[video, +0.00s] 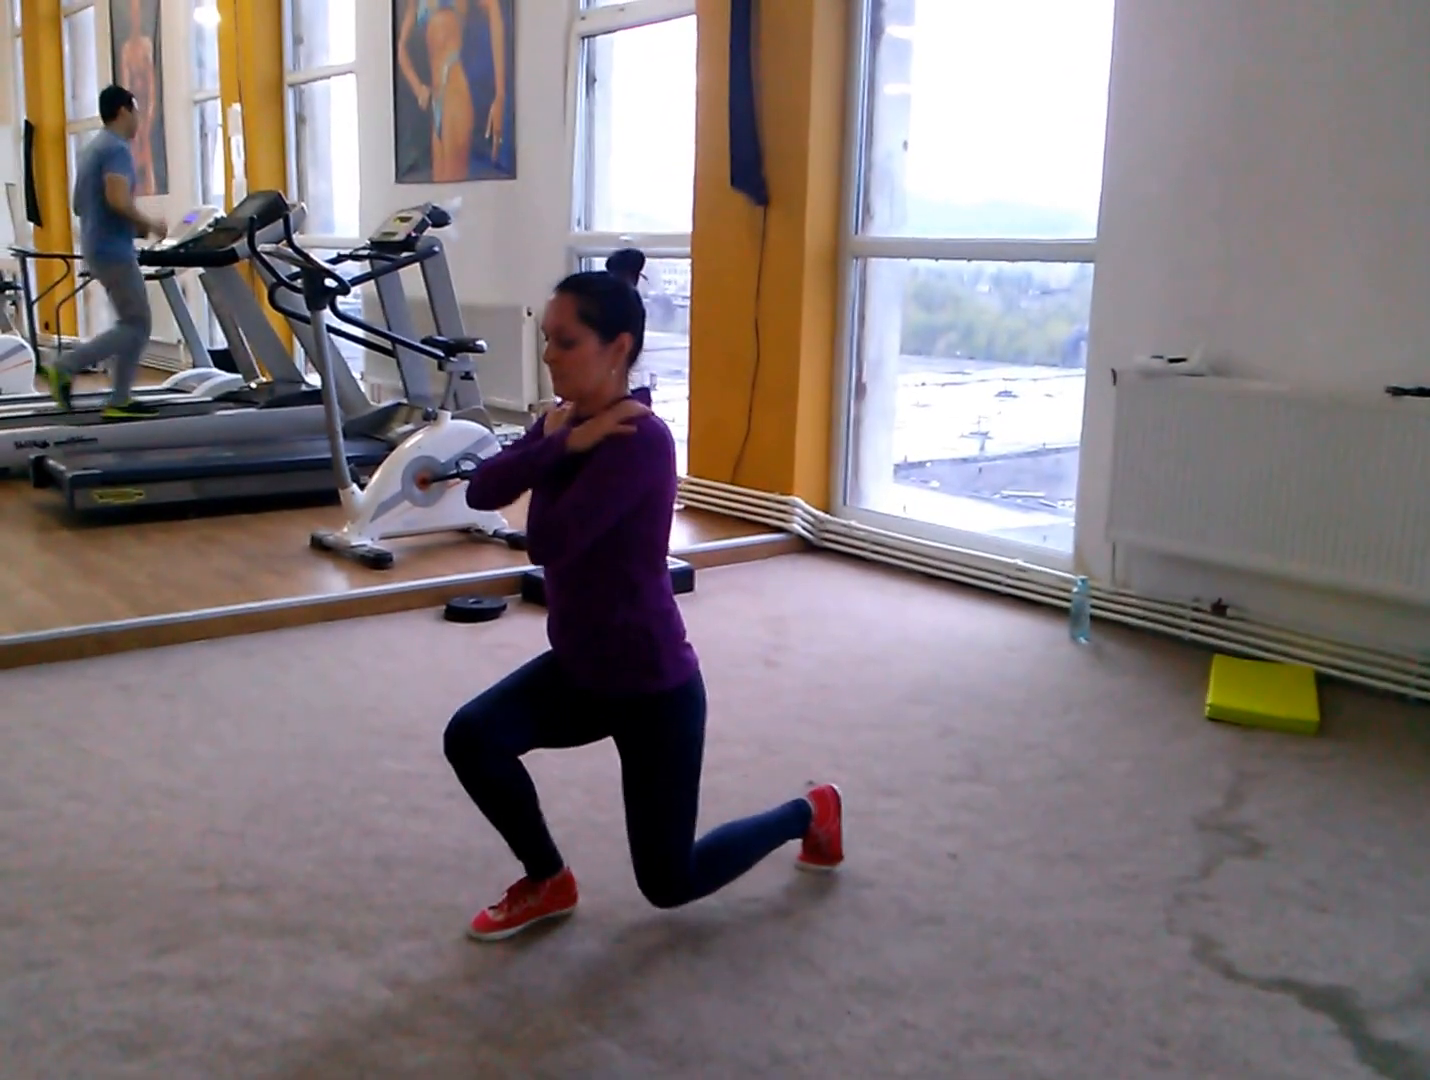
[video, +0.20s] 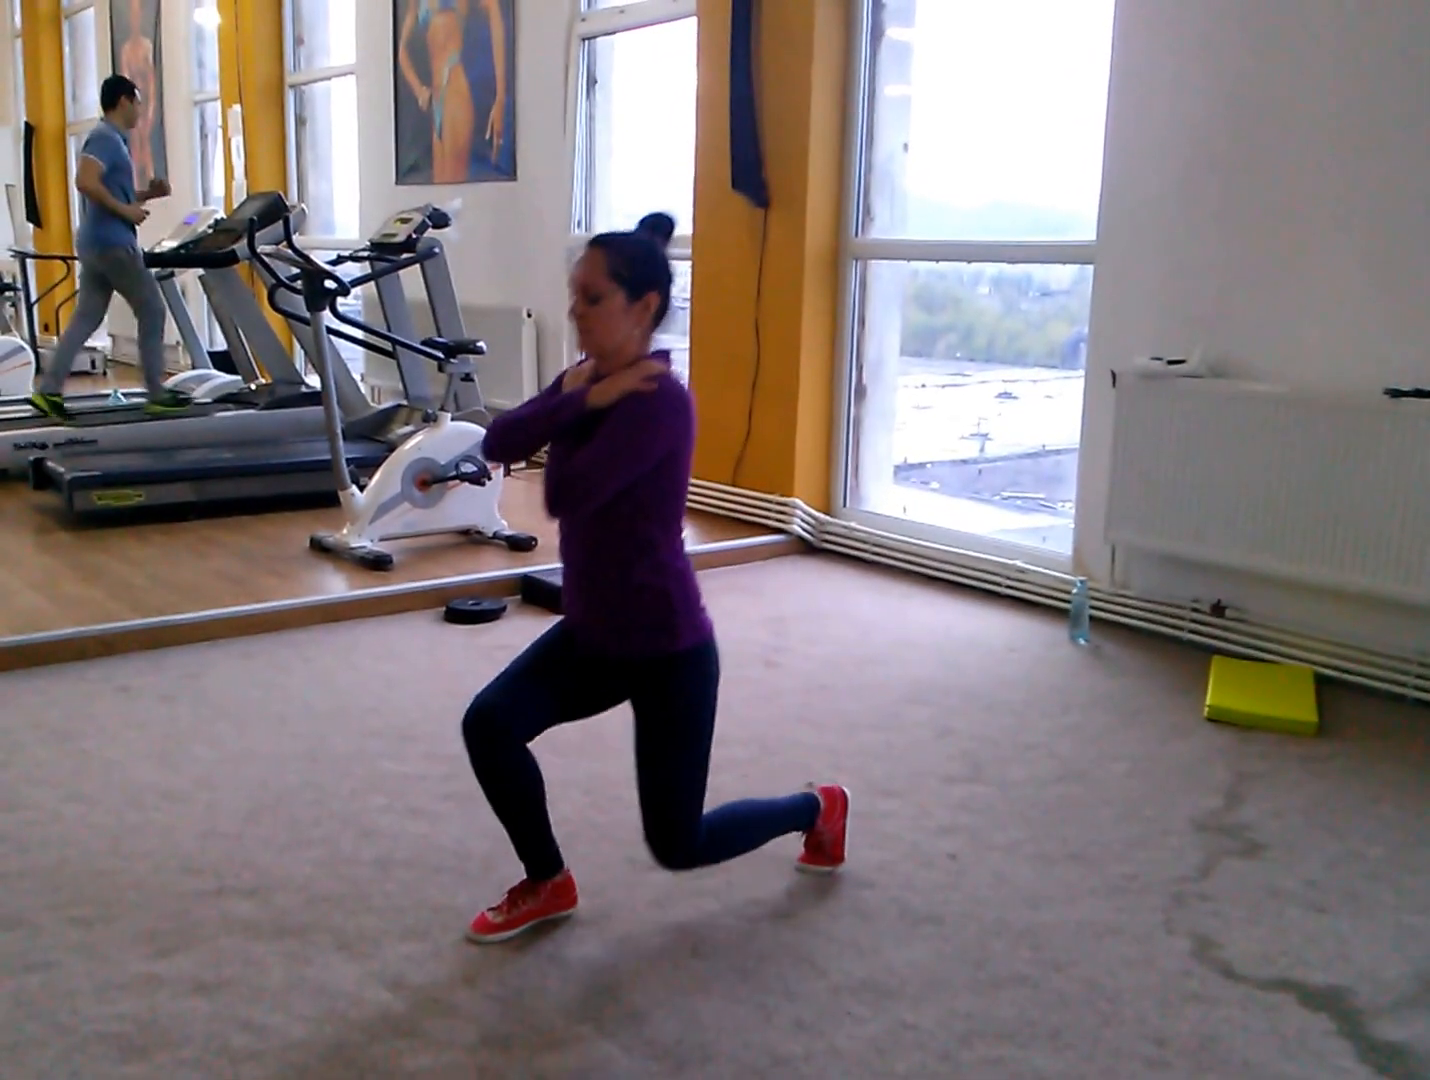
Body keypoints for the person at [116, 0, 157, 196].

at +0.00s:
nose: (135, 16)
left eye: (138, 11)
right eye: (132, 11)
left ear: (142, 15)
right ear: (129, 15)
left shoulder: (146, 43)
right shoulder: (126, 47)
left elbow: (150, 73)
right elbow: (124, 76)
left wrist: (152, 102)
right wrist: (125, 100)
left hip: (147, 96)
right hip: (132, 96)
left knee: (144, 135)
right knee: (133, 136)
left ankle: (149, 179)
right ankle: (134, 179)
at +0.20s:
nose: (135, 19)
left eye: (137, 14)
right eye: (132, 14)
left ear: (141, 17)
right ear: (128, 18)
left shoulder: (147, 44)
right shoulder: (125, 47)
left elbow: (151, 74)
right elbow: (124, 75)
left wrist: (151, 104)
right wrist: (125, 98)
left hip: (146, 93)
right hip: (130, 94)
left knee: (144, 134)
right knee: (133, 135)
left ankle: (150, 174)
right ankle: (134, 178)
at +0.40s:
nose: (135, 21)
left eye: (137, 16)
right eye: (132, 16)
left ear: (141, 19)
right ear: (129, 19)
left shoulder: (147, 45)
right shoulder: (124, 49)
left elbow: (151, 76)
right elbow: (125, 77)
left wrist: (151, 104)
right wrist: (124, 101)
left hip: (146, 97)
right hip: (132, 98)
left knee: (144, 137)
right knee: (135, 139)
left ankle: (149, 179)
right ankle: (135, 180)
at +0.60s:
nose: (134, 22)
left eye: (136, 18)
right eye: (132, 18)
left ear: (140, 21)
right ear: (128, 21)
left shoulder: (146, 45)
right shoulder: (125, 48)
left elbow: (149, 73)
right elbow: (124, 73)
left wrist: (152, 102)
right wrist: (124, 96)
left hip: (146, 89)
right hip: (130, 90)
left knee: (143, 134)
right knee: (131, 134)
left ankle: (148, 179)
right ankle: (132, 177)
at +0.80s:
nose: (135, 22)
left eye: (137, 17)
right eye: (132, 18)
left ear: (140, 20)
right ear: (129, 21)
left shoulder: (146, 47)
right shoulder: (125, 49)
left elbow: (150, 78)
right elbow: (124, 78)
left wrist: (150, 112)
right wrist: (123, 103)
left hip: (145, 97)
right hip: (131, 98)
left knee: (143, 140)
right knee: (134, 142)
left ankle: (148, 186)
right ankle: (137, 186)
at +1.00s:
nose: (133, 21)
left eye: (136, 16)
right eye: (131, 16)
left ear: (139, 19)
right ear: (127, 20)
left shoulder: (146, 47)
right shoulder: (125, 51)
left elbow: (149, 76)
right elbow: (123, 76)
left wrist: (150, 106)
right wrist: (124, 98)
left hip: (145, 98)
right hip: (130, 98)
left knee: (143, 137)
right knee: (133, 137)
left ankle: (147, 169)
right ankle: (135, 170)